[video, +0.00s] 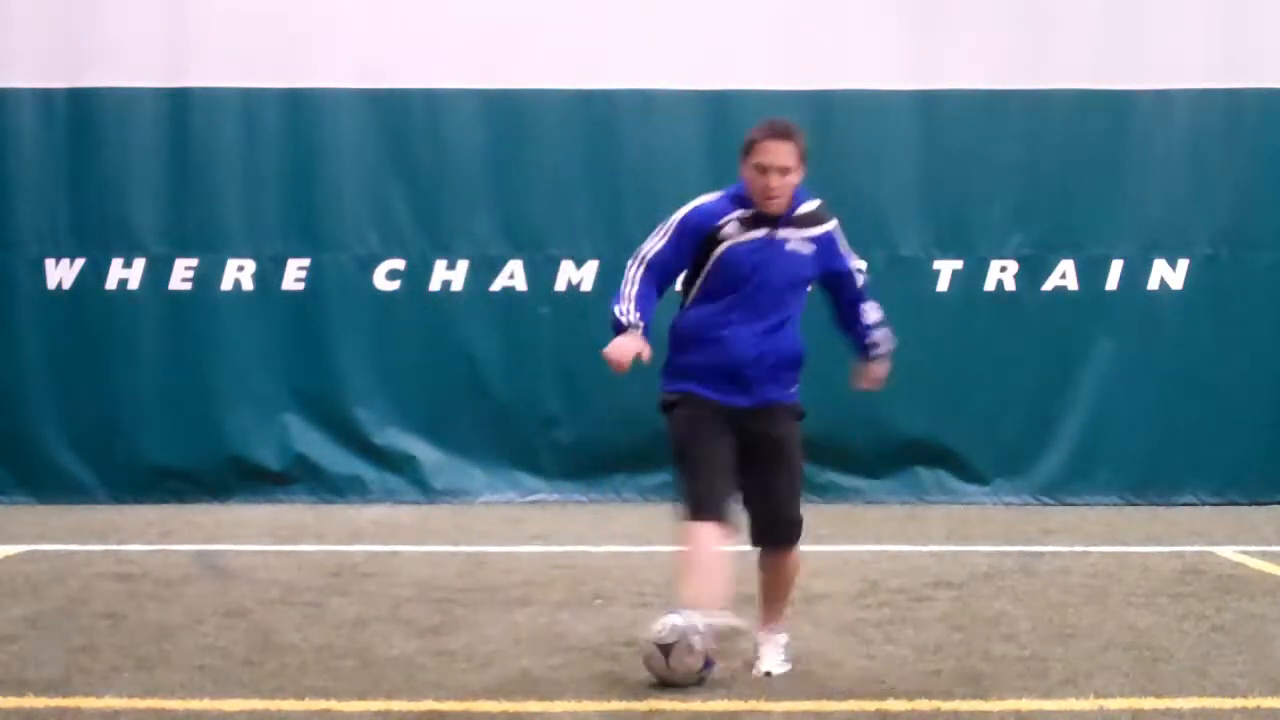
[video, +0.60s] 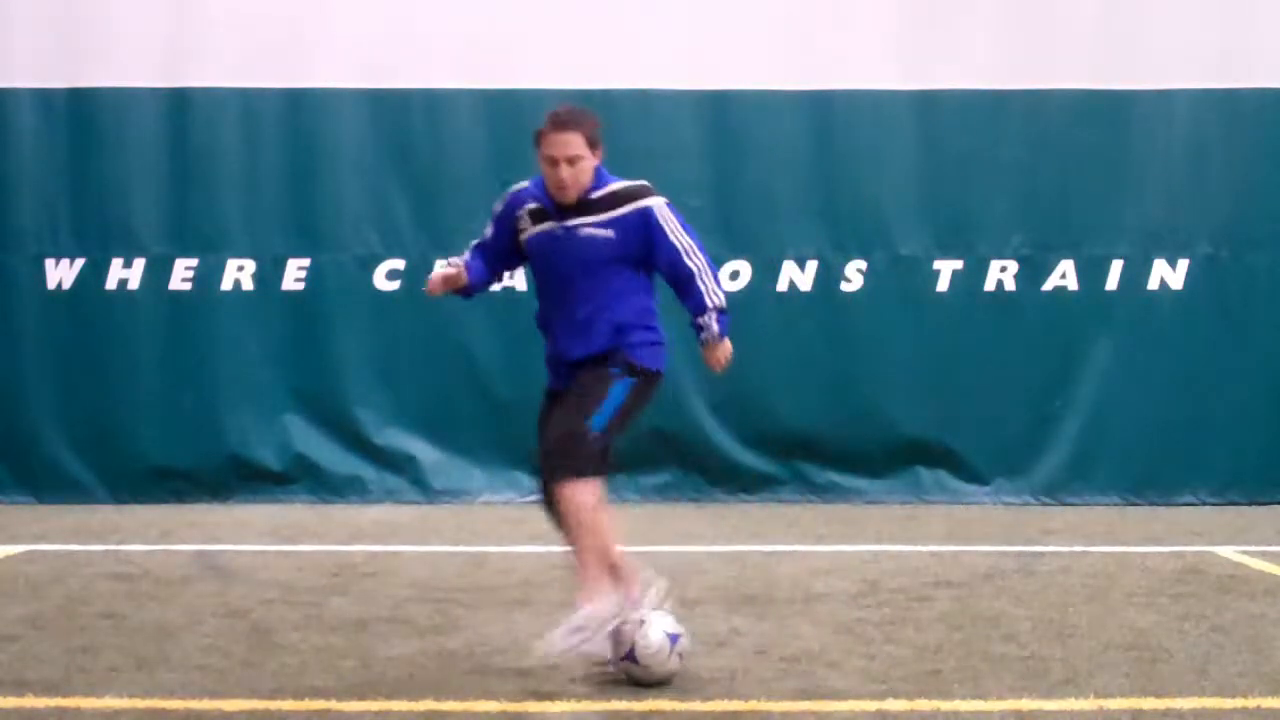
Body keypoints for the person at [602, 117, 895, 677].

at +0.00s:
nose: (773, 181)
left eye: (785, 171)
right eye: (763, 169)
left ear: (801, 173)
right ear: (743, 170)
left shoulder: (817, 223)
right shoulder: (708, 217)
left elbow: (851, 289)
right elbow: (647, 266)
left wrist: (874, 344)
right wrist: (631, 326)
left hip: (771, 394)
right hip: (699, 389)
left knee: (781, 523)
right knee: (708, 505)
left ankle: (772, 635)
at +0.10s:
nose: (733, 174)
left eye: (744, 164)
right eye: (722, 164)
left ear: (763, 167)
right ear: (706, 170)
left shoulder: (786, 221)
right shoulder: (674, 218)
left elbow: (807, 288)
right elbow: (624, 272)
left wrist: (817, 332)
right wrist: (621, 300)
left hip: (758, 396)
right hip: (680, 390)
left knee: (779, 518)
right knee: (642, 489)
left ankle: (772, 636)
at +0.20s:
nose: (686, 147)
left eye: (697, 137)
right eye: (676, 137)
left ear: (720, 138)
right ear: (662, 141)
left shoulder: (751, 191)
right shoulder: (636, 193)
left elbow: (773, 261)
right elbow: (590, 258)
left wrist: (779, 312)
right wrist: (590, 291)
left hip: (733, 371)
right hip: (654, 369)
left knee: (760, 489)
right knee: (605, 479)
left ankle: (770, 611)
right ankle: (564, 608)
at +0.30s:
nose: (647, 155)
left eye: (658, 144)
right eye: (637, 145)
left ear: (681, 144)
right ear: (624, 148)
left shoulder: (718, 195)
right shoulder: (600, 204)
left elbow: (749, 263)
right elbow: (559, 266)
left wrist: (760, 321)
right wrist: (551, 305)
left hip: (703, 365)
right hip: (624, 375)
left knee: (730, 452)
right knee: (590, 498)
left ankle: (736, 568)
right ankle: (592, 620)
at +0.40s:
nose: (612, 186)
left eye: (623, 174)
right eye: (602, 176)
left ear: (645, 175)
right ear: (589, 179)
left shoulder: (680, 224)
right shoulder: (565, 232)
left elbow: (724, 285)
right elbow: (526, 284)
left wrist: (739, 341)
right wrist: (506, 308)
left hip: (666, 380)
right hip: (598, 396)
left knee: (671, 444)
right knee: (587, 524)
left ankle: (707, 568)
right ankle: (602, 631)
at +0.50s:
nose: (582, 187)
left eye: (593, 175)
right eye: (572, 176)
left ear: (616, 173)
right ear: (560, 177)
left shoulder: (654, 219)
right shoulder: (544, 228)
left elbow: (704, 281)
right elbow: (512, 273)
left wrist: (724, 346)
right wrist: (479, 291)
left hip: (646, 369)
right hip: (582, 385)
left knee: (610, 435)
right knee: (573, 518)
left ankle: (670, 556)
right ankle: (602, 624)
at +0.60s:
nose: (562, 174)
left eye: (572, 161)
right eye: (551, 162)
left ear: (595, 158)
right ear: (538, 162)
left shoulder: (635, 201)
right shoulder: (523, 207)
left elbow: (688, 261)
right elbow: (493, 255)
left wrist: (712, 325)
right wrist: (463, 274)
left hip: (626, 357)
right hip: (568, 366)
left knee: (569, 452)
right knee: (557, 489)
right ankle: (633, 587)